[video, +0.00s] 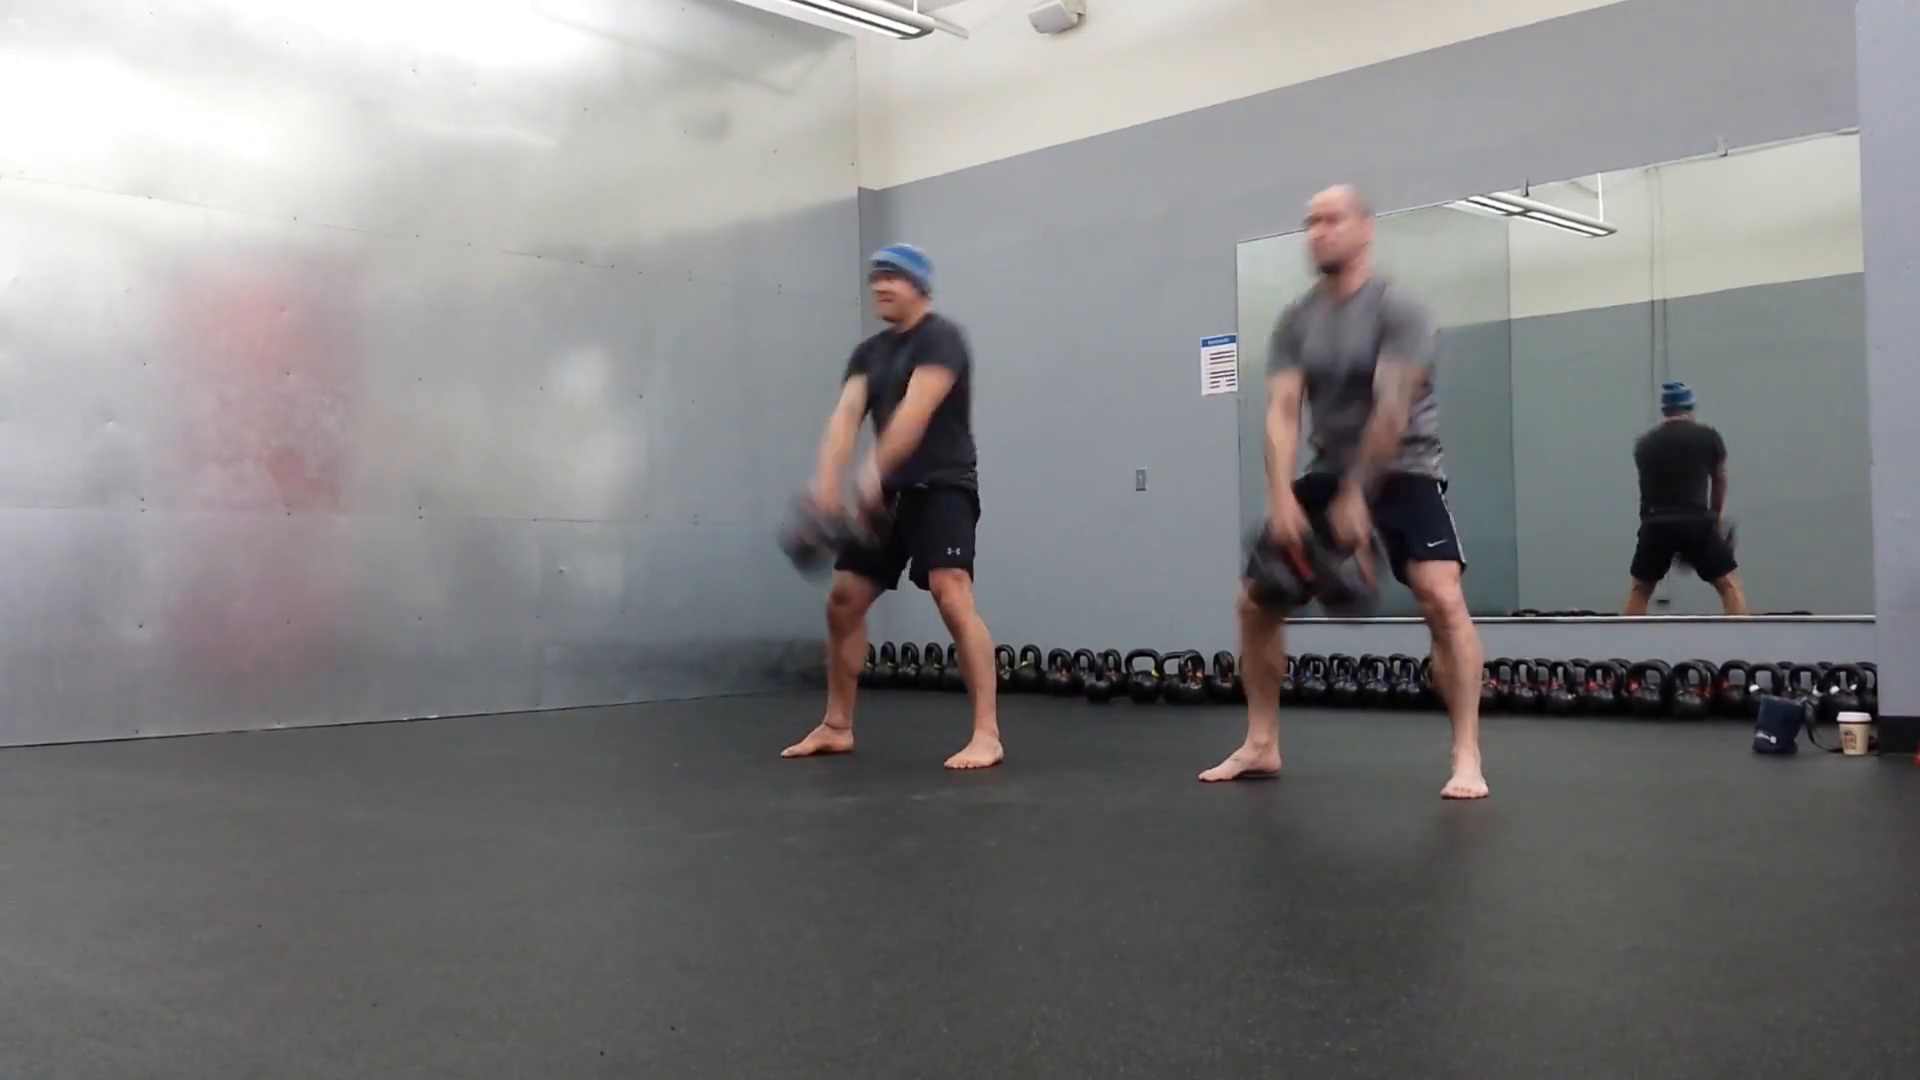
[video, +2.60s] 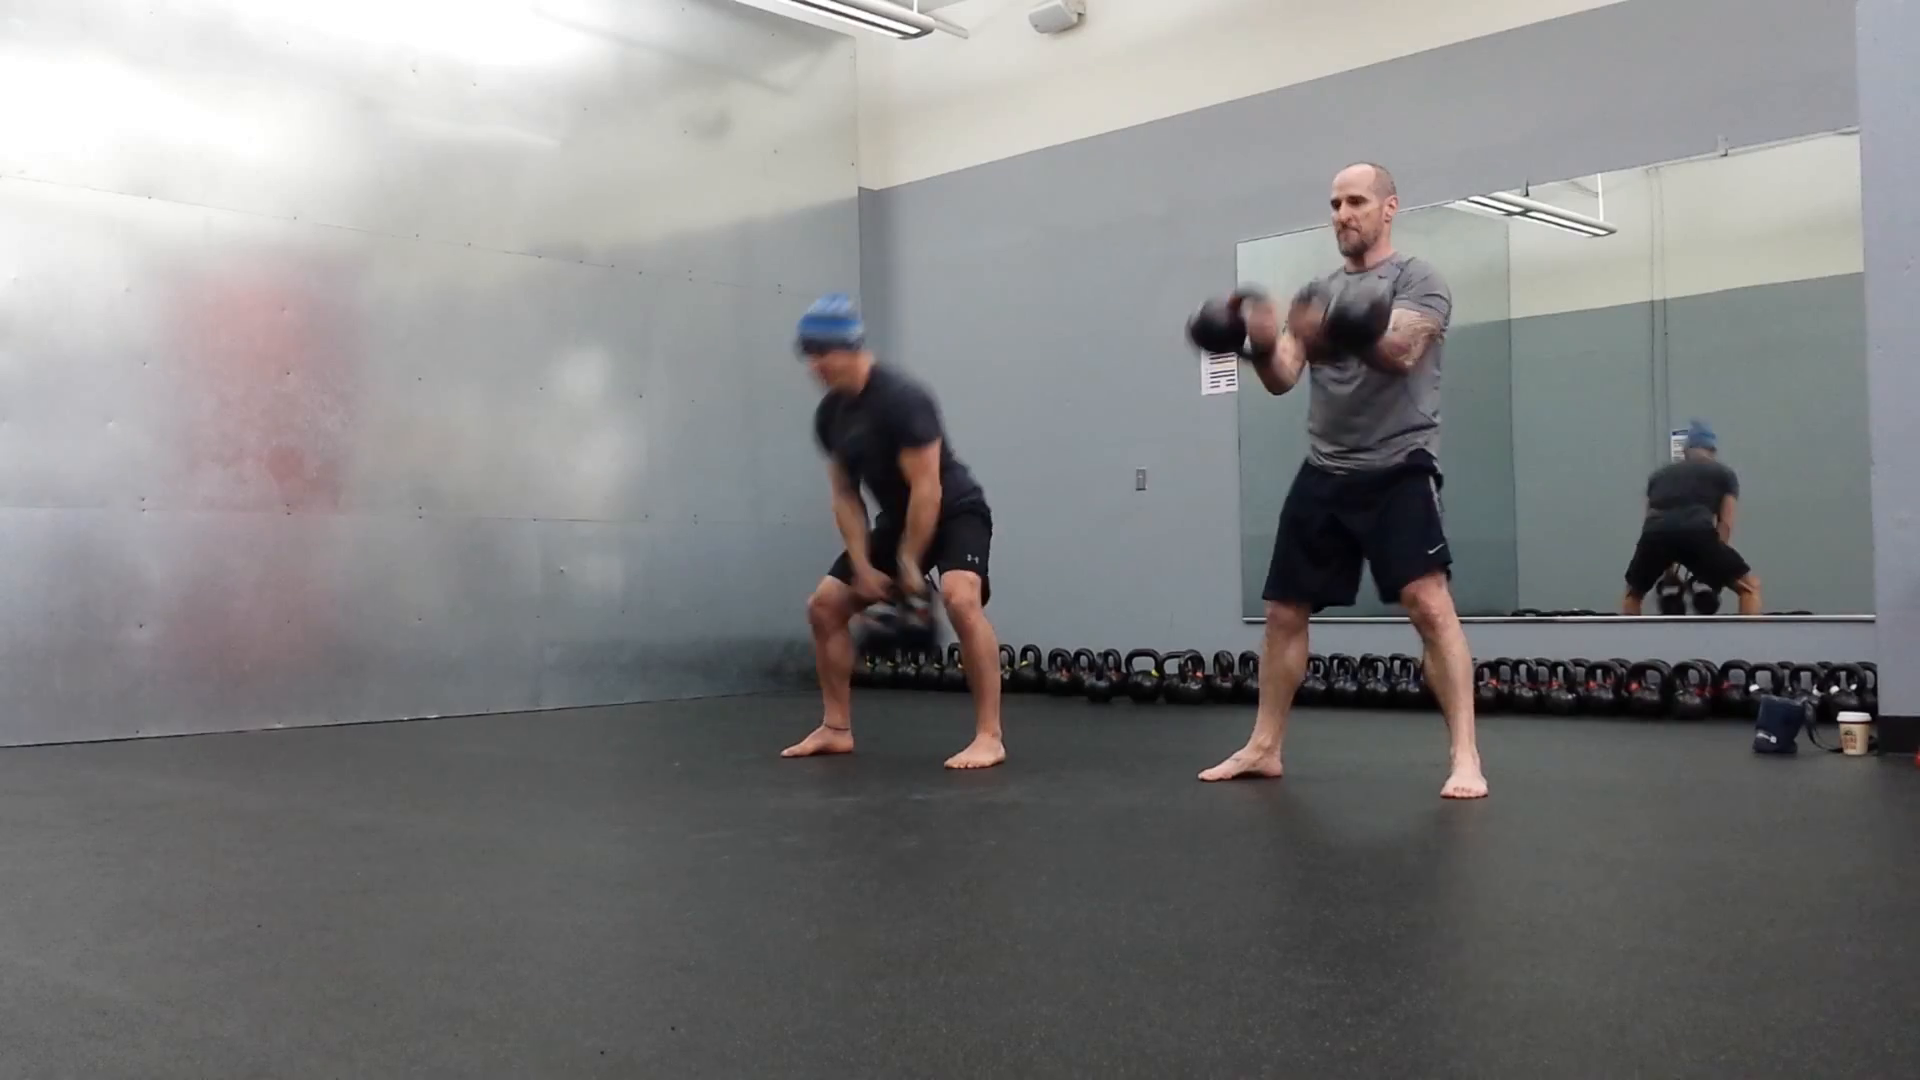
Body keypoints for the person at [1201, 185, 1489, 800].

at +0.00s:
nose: (1317, 233)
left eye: (1331, 220)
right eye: (1312, 223)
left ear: (1366, 228)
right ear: (1307, 235)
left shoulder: (1401, 310)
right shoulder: (1298, 318)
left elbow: (1390, 414)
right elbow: (1282, 411)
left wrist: (1355, 490)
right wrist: (1280, 496)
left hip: (1403, 472)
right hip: (1331, 473)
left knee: (1441, 597)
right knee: (1257, 602)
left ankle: (1467, 756)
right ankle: (1261, 742)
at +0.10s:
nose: (1359, 220)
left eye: (1372, 208)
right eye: (1352, 211)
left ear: (1407, 215)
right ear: (1345, 222)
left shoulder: (1435, 279)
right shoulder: (1334, 286)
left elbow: (1410, 347)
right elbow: (1295, 348)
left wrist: (1345, 385)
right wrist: (1263, 391)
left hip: (1403, 466)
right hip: (1328, 468)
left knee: (1429, 601)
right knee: (1286, 602)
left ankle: (1465, 754)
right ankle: (1263, 742)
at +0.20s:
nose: (1364, 222)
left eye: (1377, 210)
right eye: (1358, 213)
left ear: (1413, 218)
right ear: (1353, 225)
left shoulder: (1439, 274)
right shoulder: (1343, 288)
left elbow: (1431, 324)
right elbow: (1277, 349)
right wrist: (1253, 309)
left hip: (1394, 467)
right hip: (1318, 466)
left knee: (1423, 604)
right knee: (1288, 609)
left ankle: (1464, 755)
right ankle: (1265, 745)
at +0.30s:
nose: (1339, 226)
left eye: (1350, 213)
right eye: (1331, 215)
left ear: (1381, 216)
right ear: (1324, 220)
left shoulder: (1415, 269)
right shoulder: (1317, 283)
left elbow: (1428, 281)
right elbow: (1235, 308)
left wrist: (1382, 215)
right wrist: (1241, 241)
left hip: (1384, 469)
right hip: (1306, 470)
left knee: (1417, 609)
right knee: (1288, 616)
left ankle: (1463, 757)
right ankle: (1265, 746)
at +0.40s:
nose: (1316, 210)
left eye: (1331, 198)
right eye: (1311, 201)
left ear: (1369, 206)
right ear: (1305, 212)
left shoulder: (1397, 267)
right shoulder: (1295, 273)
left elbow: (1397, 196)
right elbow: (1218, 240)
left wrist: (1343, 117)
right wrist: (1230, 159)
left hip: (1376, 467)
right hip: (1299, 472)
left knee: (1416, 609)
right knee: (1288, 618)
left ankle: (1462, 760)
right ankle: (1265, 746)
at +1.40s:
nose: (1344, 207)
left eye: (1357, 197)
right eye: (1338, 198)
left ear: (1386, 211)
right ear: (1333, 214)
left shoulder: (1413, 283)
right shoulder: (1311, 291)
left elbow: (1391, 299)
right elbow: (1242, 319)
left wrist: (1384, 222)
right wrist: (1263, 239)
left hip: (1377, 473)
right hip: (1299, 473)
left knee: (1419, 614)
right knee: (1288, 618)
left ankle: (1462, 758)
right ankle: (1265, 747)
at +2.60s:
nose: (1342, 214)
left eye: (1356, 202)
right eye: (1336, 204)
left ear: (1390, 207)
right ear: (1330, 215)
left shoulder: (1420, 280)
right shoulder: (1316, 294)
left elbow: (1400, 354)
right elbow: (1280, 378)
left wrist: (1343, 327)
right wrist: (1259, 341)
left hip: (1399, 470)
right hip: (1323, 473)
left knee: (1429, 605)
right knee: (1284, 610)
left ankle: (1465, 757)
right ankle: (1264, 746)